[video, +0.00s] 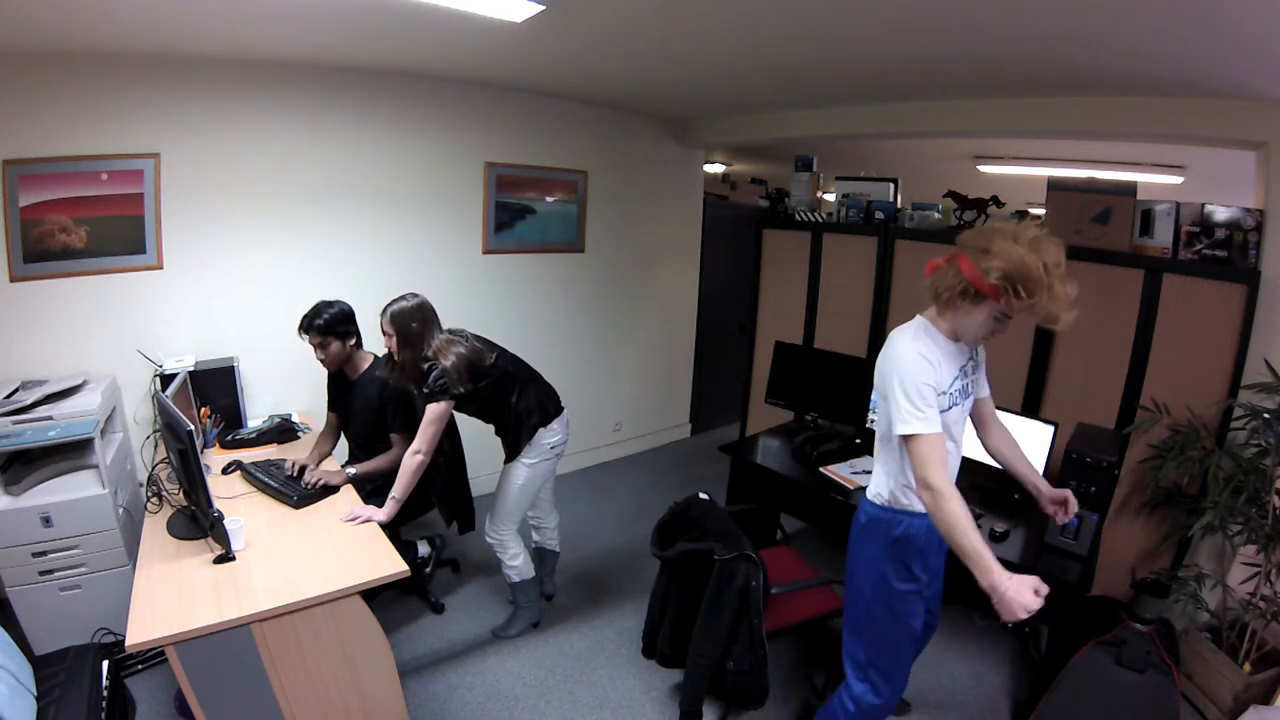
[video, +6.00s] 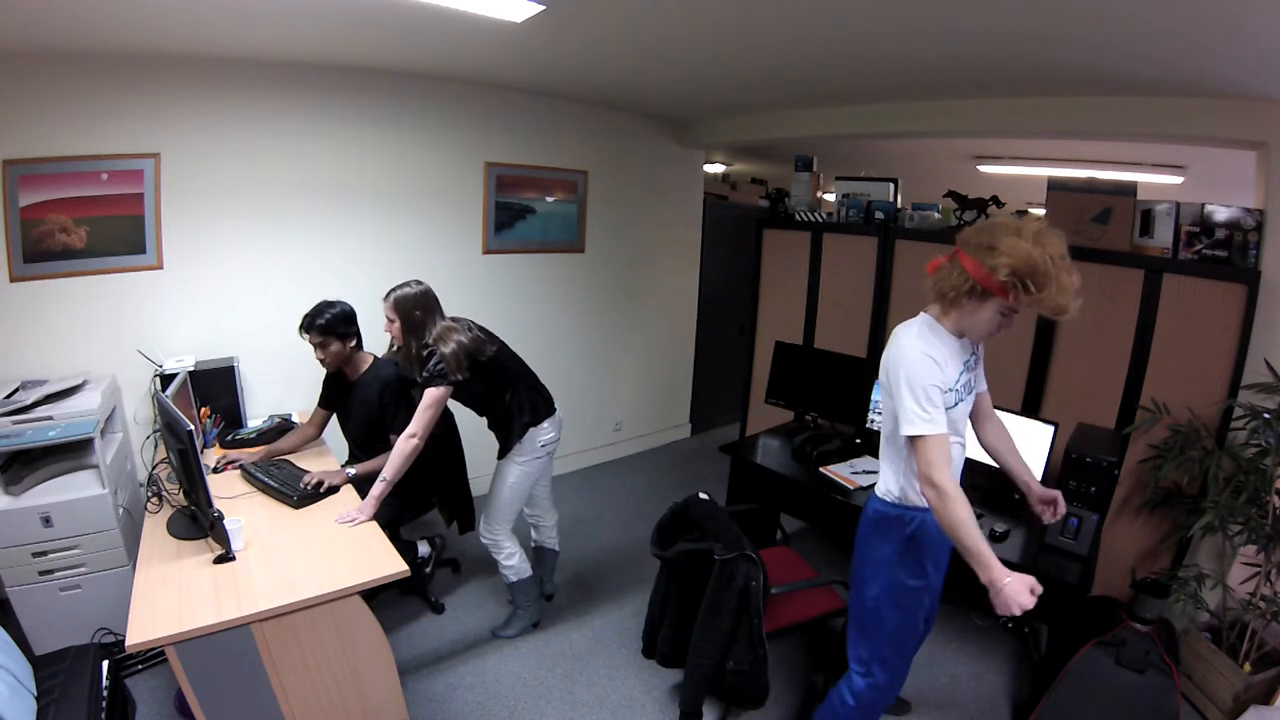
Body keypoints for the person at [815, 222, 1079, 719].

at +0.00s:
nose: (1001, 332)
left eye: (1007, 321)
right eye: (1000, 318)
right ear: (973, 295)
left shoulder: (965, 345)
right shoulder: (909, 355)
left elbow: (988, 424)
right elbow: (932, 485)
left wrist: (1041, 489)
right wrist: (998, 581)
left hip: (930, 527)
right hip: (891, 533)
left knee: (916, 629)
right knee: (874, 688)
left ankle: (881, 694)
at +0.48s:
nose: (997, 335)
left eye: (1004, 325)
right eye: (996, 322)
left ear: (974, 306)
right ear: (967, 299)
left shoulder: (960, 346)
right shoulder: (905, 357)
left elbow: (977, 423)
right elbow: (915, 487)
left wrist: (1024, 488)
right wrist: (968, 582)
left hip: (935, 518)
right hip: (895, 529)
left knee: (916, 627)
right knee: (876, 683)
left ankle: (881, 697)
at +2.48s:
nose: (1004, 328)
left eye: (1010, 316)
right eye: (1001, 314)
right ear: (970, 291)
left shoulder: (959, 339)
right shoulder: (910, 352)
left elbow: (974, 417)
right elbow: (922, 482)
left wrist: (1014, 489)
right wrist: (977, 578)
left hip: (929, 513)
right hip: (894, 521)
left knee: (907, 617)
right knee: (868, 662)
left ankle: (874, 689)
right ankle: (837, 712)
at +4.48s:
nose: (1003, 328)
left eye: (1009, 317)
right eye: (1002, 314)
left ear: (981, 297)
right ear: (974, 292)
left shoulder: (958, 340)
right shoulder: (910, 357)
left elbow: (964, 421)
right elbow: (904, 485)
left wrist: (985, 494)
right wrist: (927, 587)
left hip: (947, 512)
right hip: (912, 523)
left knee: (909, 616)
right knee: (882, 650)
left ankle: (878, 688)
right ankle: (839, 713)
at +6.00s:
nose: (1008, 327)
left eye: (1014, 316)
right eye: (1006, 313)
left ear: (980, 298)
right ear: (974, 293)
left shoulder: (964, 342)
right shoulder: (915, 353)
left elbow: (983, 417)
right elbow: (936, 482)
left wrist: (1030, 486)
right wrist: (997, 576)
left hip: (934, 520)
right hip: (899, 528)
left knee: (913, 623)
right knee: (873, 676)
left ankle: (881, 690)